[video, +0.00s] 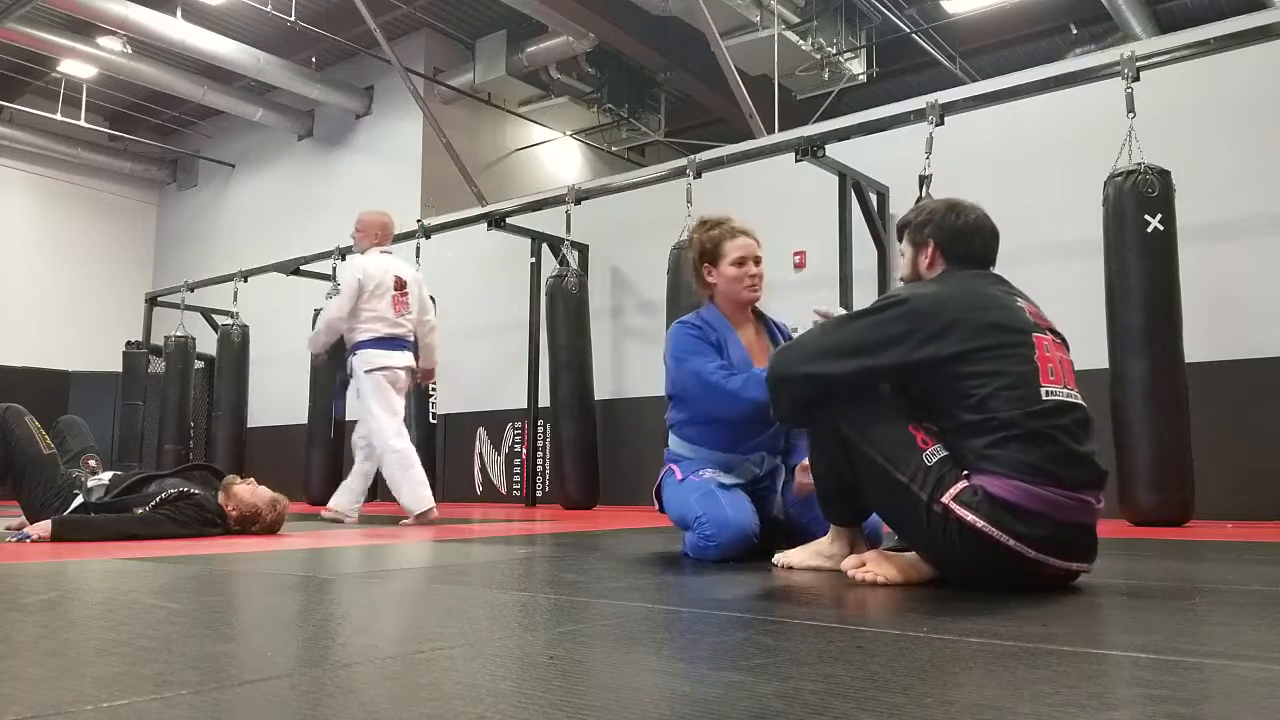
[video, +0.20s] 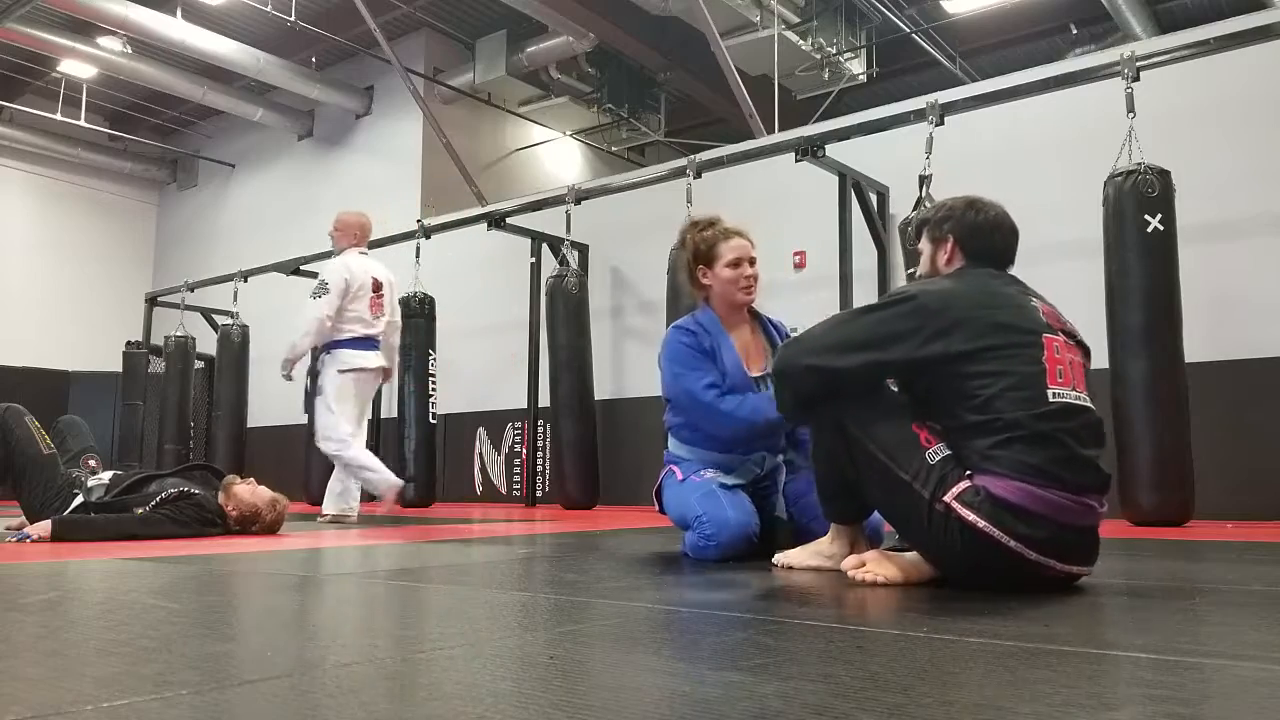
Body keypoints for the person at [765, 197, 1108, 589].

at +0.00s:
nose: (901, 270)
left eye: (904, 256)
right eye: (901, 258)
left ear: (929, 255)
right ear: (984, 258)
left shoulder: (931, 300)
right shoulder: (1023, 306)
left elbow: (788, 367)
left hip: (991, 538)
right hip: (1069, 551)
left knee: (835, 388)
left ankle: (841, 537)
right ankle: (929, 550)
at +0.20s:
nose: (917, 270)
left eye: (922, 255)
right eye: (918, 257)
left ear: (948, 250)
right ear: (1002, 257)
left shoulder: (942, 298)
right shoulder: (1046, 311)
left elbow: (795, 362)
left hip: (989, 538)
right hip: (1070, 554)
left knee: (841, 388)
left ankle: (843, 537)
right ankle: (931, 552)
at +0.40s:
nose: (934, 271)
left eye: (938, 258)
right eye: (935, 260)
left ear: (965, 254)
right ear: (1019, 265)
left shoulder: (950, 298)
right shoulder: (1078, 324)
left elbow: (804, 352)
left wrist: (822, 413)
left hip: (989, 539)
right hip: (1073, 559)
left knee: (847, 386)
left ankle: (841, 541)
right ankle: (929, 553)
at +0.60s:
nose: (957, 273)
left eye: (961, 261)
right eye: (959, 263)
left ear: (985, 259)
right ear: (1043, 266)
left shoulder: (966, 299)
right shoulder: (1108, 333)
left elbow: (819, 337)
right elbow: (1175, 454)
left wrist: (834, 400)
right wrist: (1193, 551)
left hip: (984, 533)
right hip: (1070, 564)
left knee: (857, 387)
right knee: (974, 419)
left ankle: (843, 537)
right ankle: (929, 554)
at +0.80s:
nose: (979, 273)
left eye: (983, 262)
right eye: (981, 263)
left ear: (1004, 259)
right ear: (1064, 274)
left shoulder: (988, 299)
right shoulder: (1128, 342)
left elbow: (834, 335)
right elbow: (1204, 465)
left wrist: (868, 391)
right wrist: (1232, 568)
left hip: (985, 525)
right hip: (1069, 565)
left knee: (872, 382)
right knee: (991, 428)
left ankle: (844, 537)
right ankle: (930, 553)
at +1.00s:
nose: (992, 278)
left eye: (995, 267)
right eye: (995, 268)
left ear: (1017, 259)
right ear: (1078, 272)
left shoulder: (996, 295)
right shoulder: (1144, 342)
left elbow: (858, 331)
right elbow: (1215, 468)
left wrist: (934, 384)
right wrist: (1234, 569)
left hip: (979, 511)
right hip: (1066, 562)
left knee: (871, 378)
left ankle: (846, 538)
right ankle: (929, 555)